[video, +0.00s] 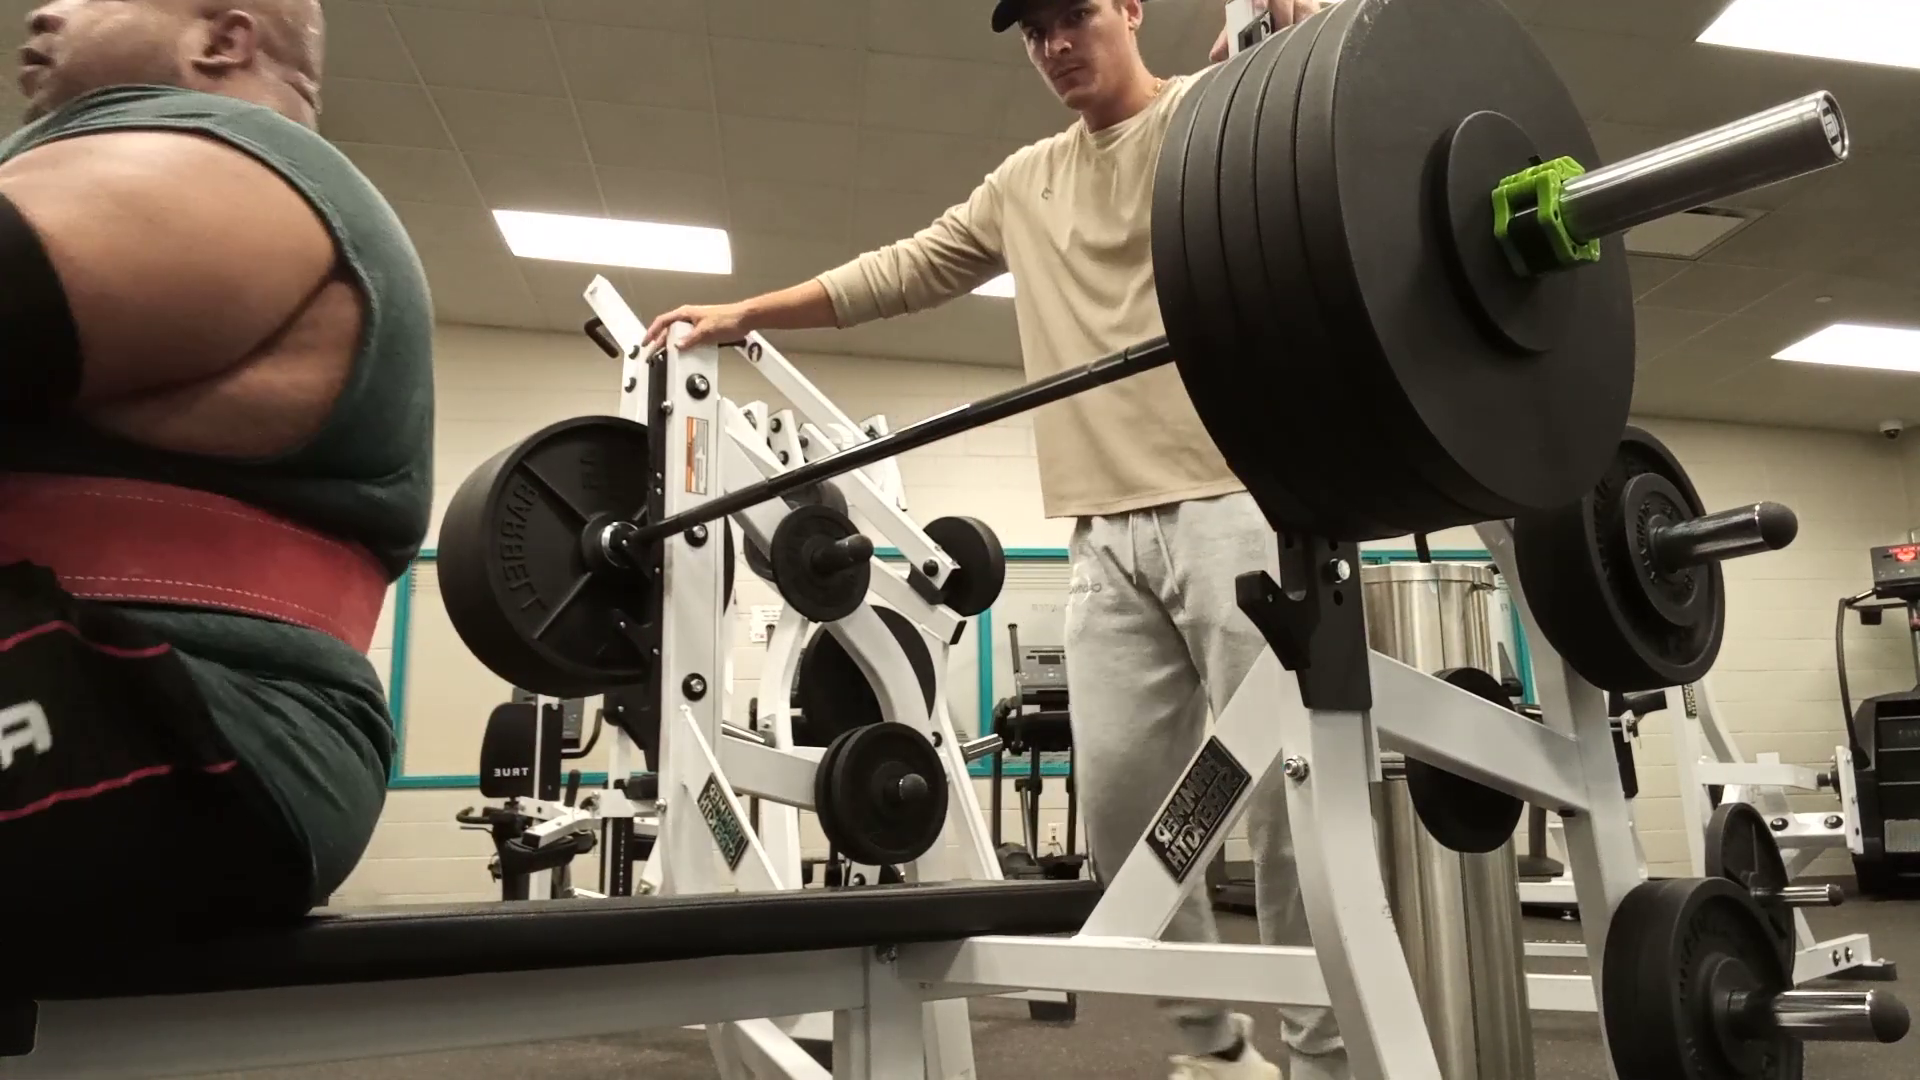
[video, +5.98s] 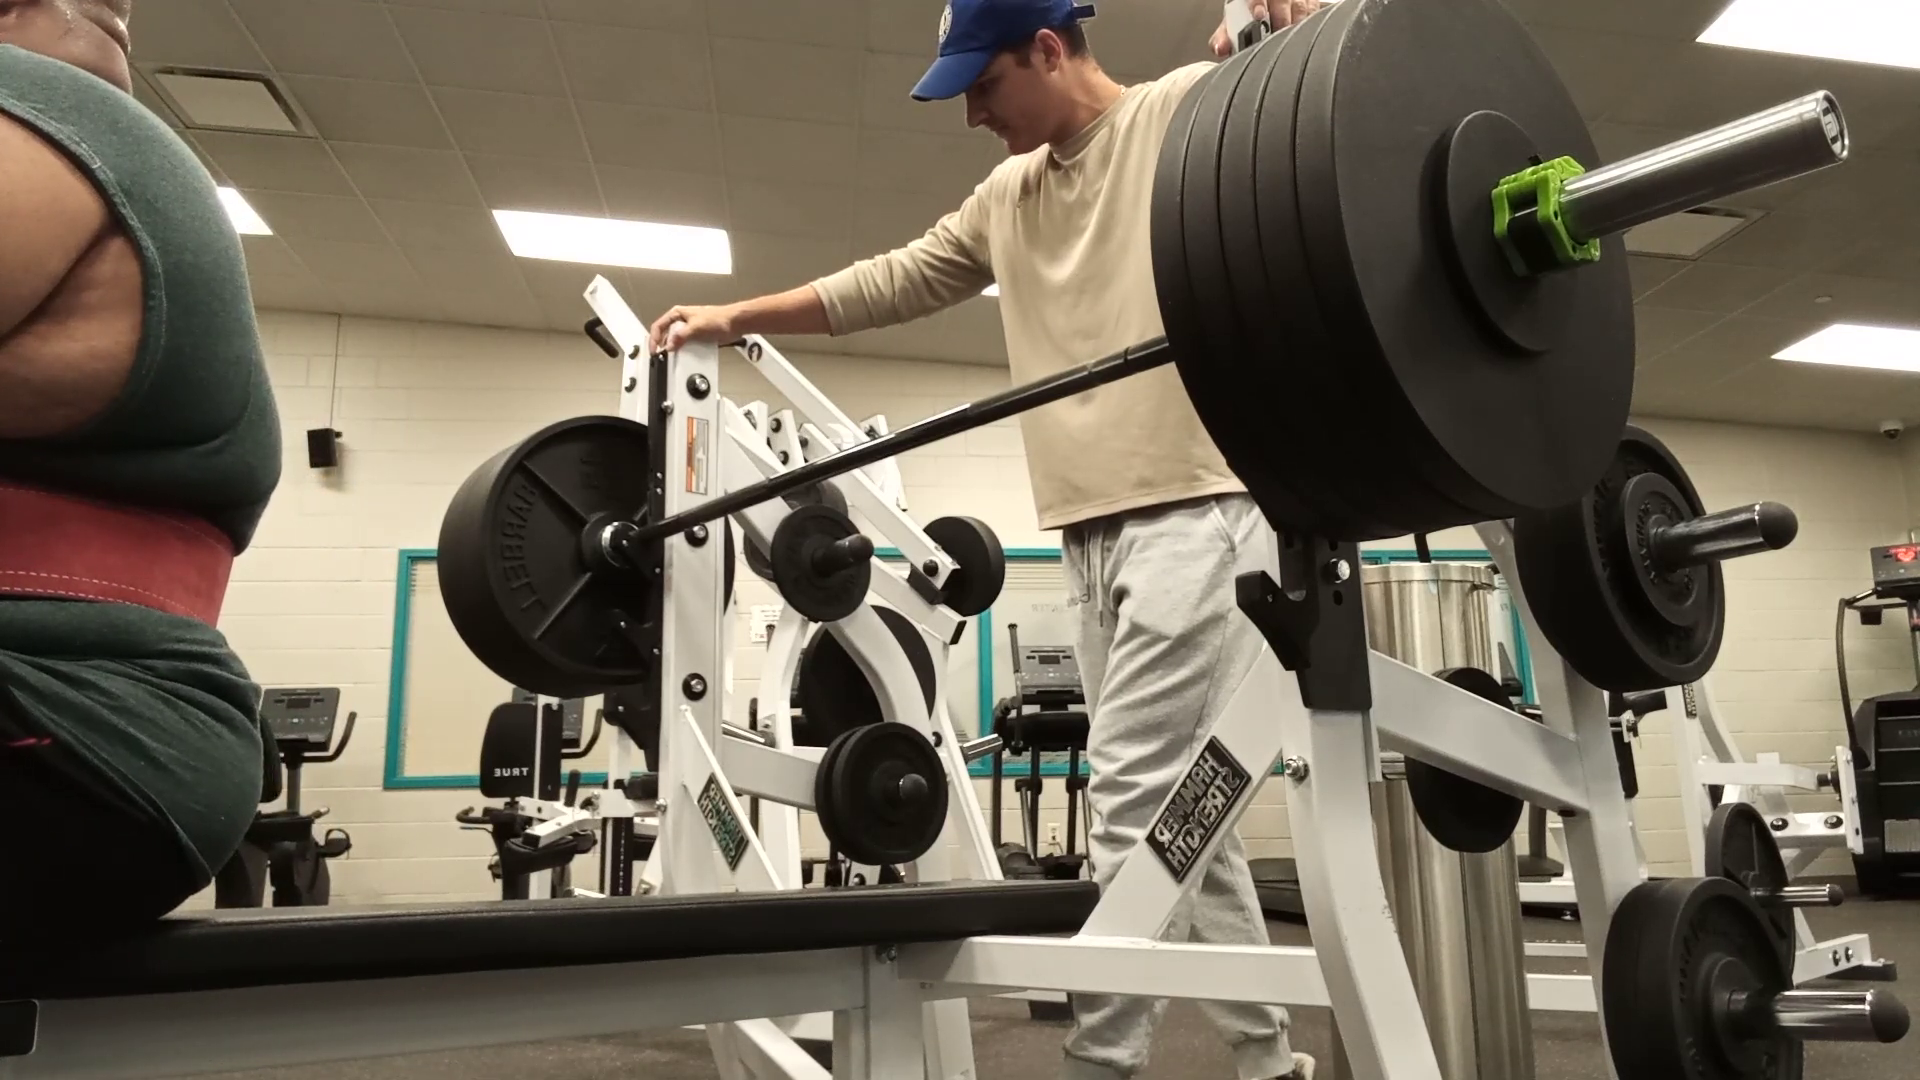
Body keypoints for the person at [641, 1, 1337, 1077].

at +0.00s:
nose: (1053, 48)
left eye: (1069, 21)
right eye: (1034, 34)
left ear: (1128, 14)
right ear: (1025, 51)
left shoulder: (1216, 108)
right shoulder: (1023, 179)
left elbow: (1327, 153)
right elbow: (905, 268)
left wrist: (1295, 46)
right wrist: (742, 311)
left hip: (1230, 506)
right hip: (1104, 528)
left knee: (1275, 799)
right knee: (1124, 804)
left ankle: (1321, 1046)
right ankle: (1207, 1042)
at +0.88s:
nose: (984, 93)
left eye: (992, 63)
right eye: (974, 77)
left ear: (1061, 28)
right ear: (1005, 75)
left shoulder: (1191, 102)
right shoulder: (1012, 195)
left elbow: (1323, 111)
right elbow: (899, 276)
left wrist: (1293, 38)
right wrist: (736, 309)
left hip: (1206, 506)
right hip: (1097, 530)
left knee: (1126, 774)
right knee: (1176, 799)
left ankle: (1144, 1057)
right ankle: (1261, 1056)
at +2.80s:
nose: (999, 84)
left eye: (1013, 54)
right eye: (985, 68)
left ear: (1079, 24)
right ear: (982, 74)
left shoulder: (1187, 101)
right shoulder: (1005, 192)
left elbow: (1317, 111)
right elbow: (892, 278)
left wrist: (1292, 37)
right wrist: (734, 314)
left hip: (1200, 509)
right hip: (1090, 532)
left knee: (1126, 793)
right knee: (1174, 805)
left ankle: (1102, 1064)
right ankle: (1265, 1060)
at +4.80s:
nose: (973, 112)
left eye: (983, 85)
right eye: (966, 92)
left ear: (1053, 47)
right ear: (1024, 64)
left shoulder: (1185, 102)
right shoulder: (1005, 195)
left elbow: (1315, 112)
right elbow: (894, 280)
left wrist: (1291, 38)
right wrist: (735, 314)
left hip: (1200, 511)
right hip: (1091, 535)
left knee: (1129, 794)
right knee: (1174, 804)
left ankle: (1102, 1064)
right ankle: (1266, 1060)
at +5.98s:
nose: (974, 115)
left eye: (983, 88)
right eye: (968, 95)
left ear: (1051, 48)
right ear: (1026, 65)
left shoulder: (1184, 103)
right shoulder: (1005, 194)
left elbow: (1314, 113)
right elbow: (897, 280)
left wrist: (1292, 36)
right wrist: (735, 314)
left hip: (1201, 511)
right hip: (1091, 534)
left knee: (1129, 794)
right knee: (1174, 804)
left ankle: (1100, 1064)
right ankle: (1265, 1060)